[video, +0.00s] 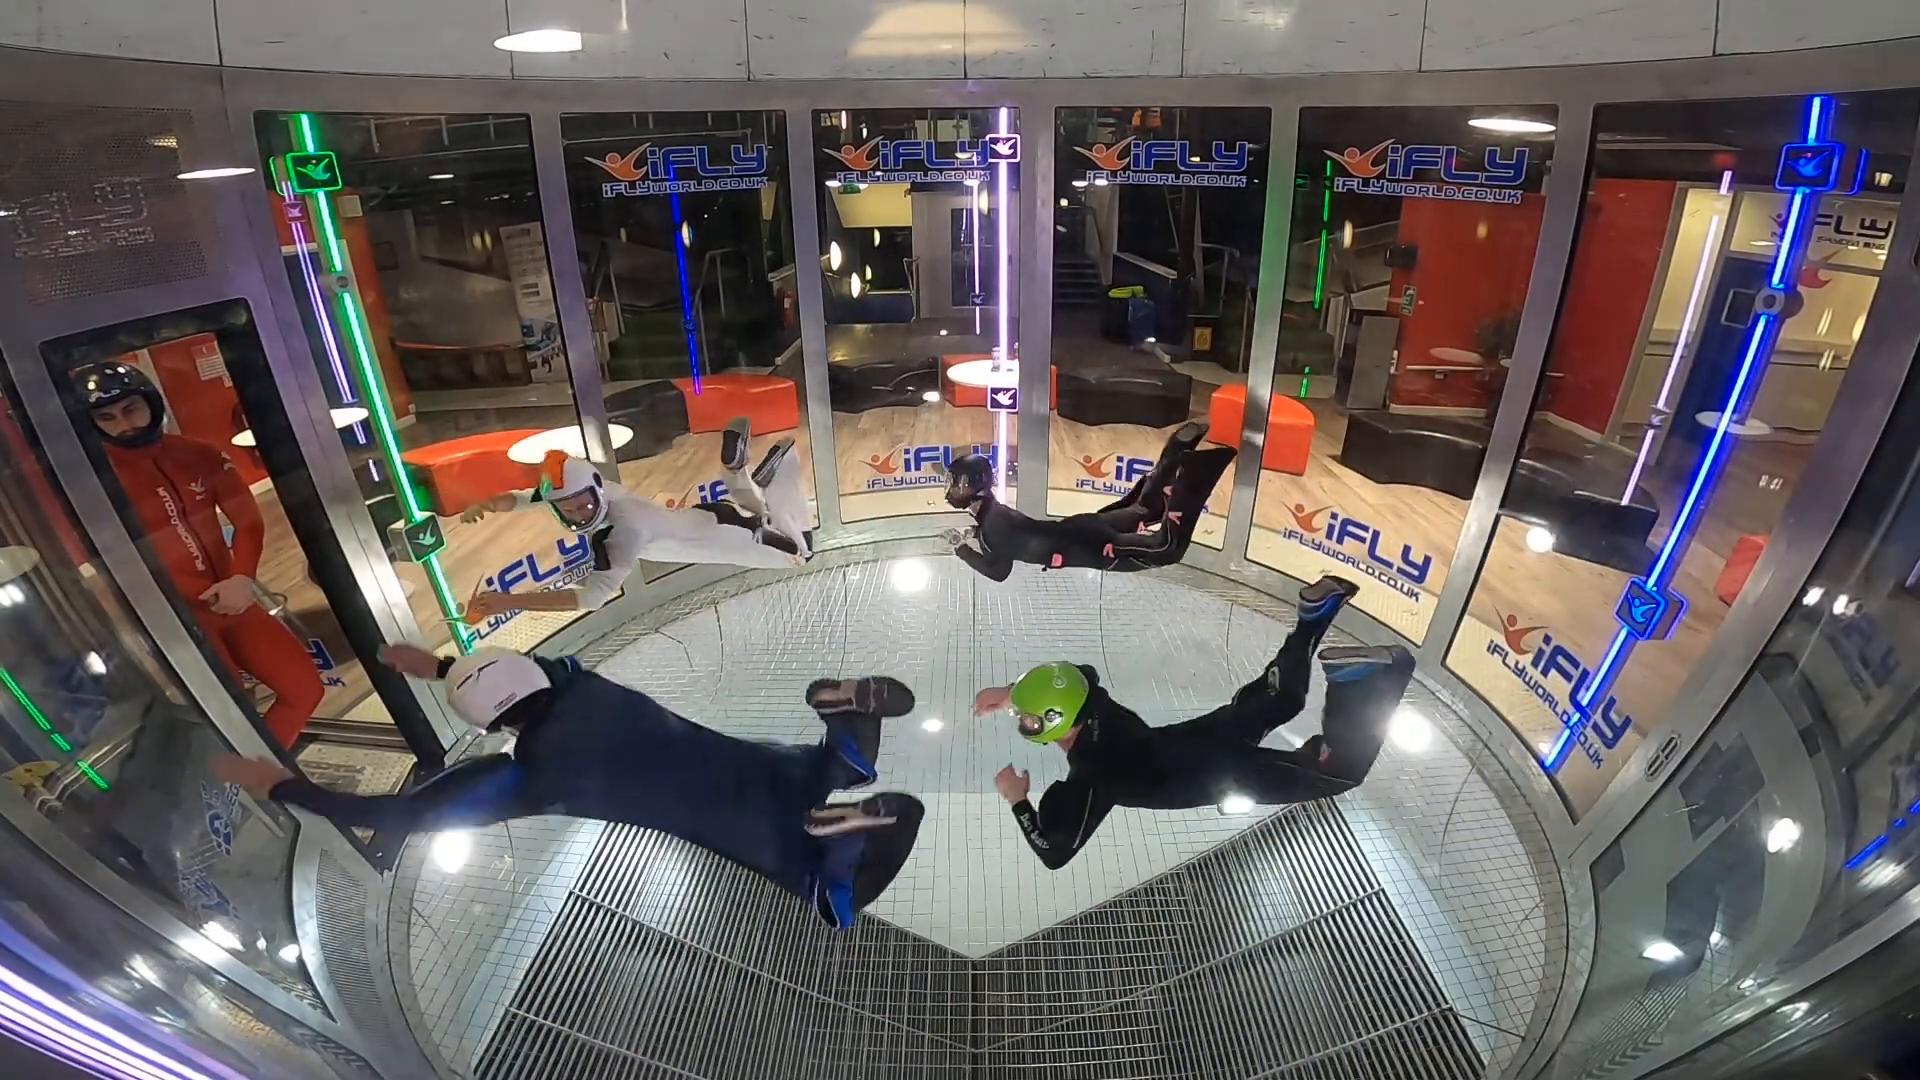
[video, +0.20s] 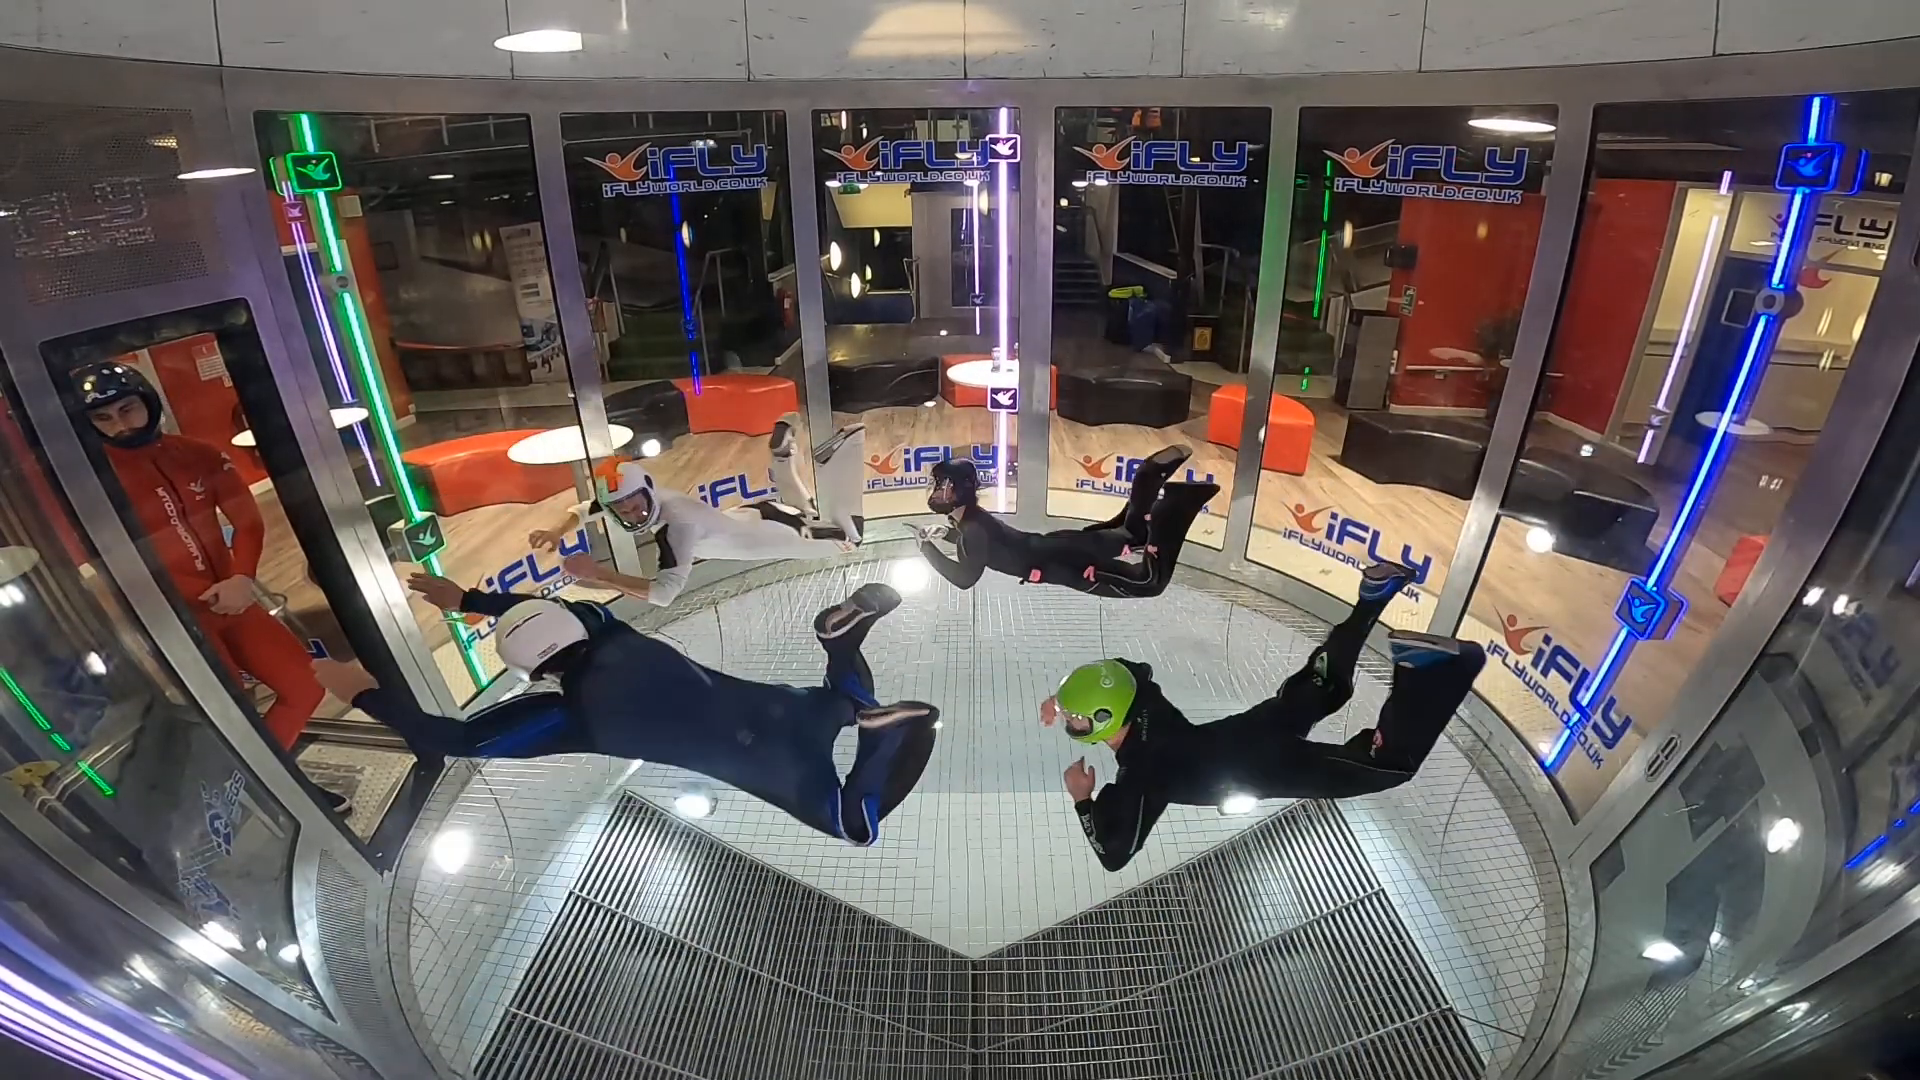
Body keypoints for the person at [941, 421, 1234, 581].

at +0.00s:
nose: (952, 489)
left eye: (960, 483)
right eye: (952, 482)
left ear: (979, 486)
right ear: (962, 484)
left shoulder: (994, 524)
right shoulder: (986, 513)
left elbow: (997, 572)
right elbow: (999, 564)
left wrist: (963, 550)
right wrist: (967, 544)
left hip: (1086, 545)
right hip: (1078, 529)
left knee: (1167, 548)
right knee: (1142, 508)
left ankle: (1189, 472)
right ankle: (1175, 450)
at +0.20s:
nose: (932, 490)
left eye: (940, 486)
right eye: (934, 484)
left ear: (958, 495)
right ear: (953, 492)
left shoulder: (972, 529)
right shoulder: (968, 518)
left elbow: (965, 579)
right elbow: (967, 563)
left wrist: (926, 549)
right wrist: (941, 540)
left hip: (1061, 563)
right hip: (1056, 546)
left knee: (1151, 582)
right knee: (1132, 534)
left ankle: (1177, 504)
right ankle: (1151, 473)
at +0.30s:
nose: (923, 492)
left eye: (928, 486)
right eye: (924, 486)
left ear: (946, 492)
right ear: (946, 490)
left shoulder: (963, 530)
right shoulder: (955, 519)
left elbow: (950, 581)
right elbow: (949, 553)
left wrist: (914, 550)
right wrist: (922, 531)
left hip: (1051, 570)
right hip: (1044, 554)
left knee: (1137, 594)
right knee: (1116, 551)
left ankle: (1160, 514)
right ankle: (1139, 495)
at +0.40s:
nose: (917, 491)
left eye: (924, 486)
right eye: (916, 484)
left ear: (941, 491)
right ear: (919, 488)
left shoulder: (944, 530)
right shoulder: (937, 519)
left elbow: (932, 584)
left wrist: (905, 558)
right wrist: (903, 546)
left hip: (1028, 575)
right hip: (1026, 560)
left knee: (1121, 607)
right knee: (1103, 562)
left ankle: (1137, 523)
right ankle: (1126, 506)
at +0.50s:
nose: (896, 493)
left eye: (904, 487)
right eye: (897, 486)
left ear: (922, 493)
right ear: (920, 490)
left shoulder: (932, 534)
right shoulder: (929, 516)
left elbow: (901, 583)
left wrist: (877, 542)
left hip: (1017, 580)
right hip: (1015, 563)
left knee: (1103, 616)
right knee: (1087, 561)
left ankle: (1137, 527)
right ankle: (1131, 509)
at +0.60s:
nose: (886, 495)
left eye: (892, 488)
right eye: (886, 488)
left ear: (909, 492)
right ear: (915, 490)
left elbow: (880, 591)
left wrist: (854, 551)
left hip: (1001, 585)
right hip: (998, 562)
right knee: (1063, 561)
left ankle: (1124, 527)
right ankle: (1123, 511)